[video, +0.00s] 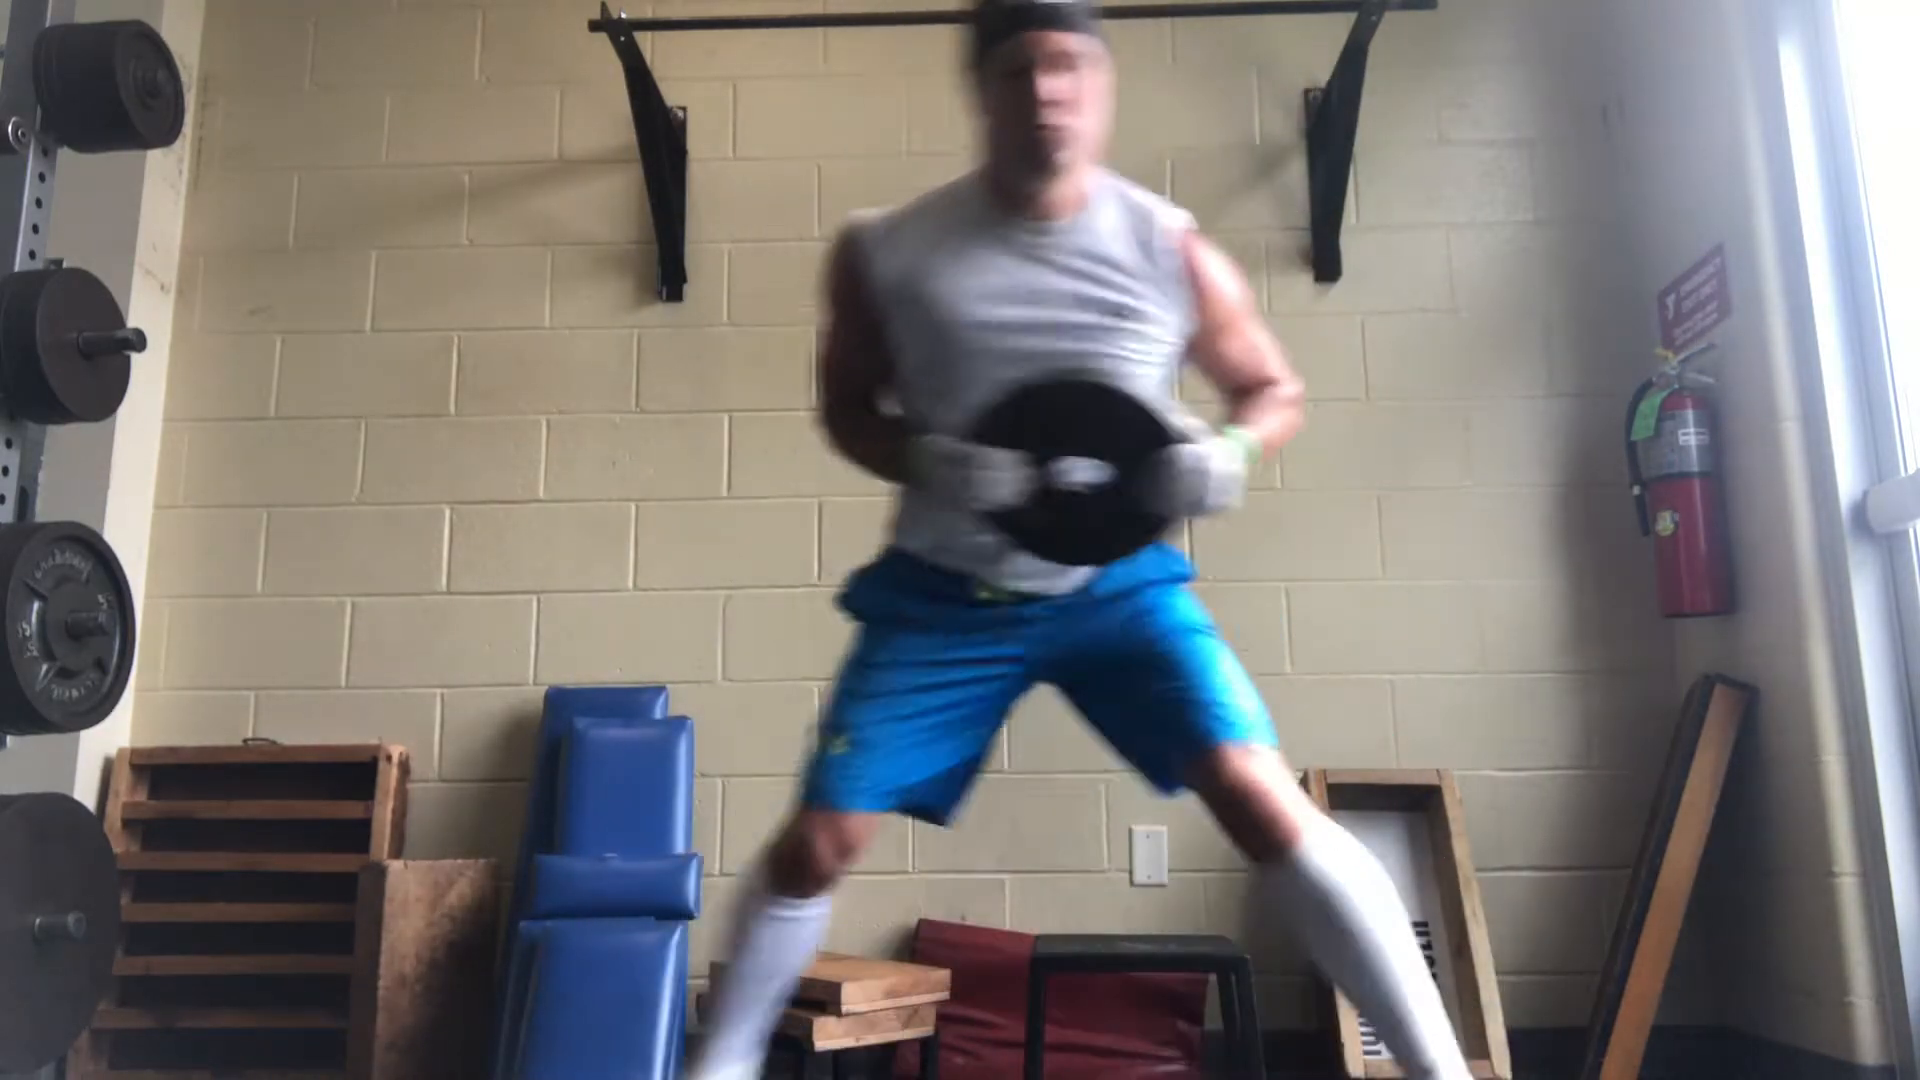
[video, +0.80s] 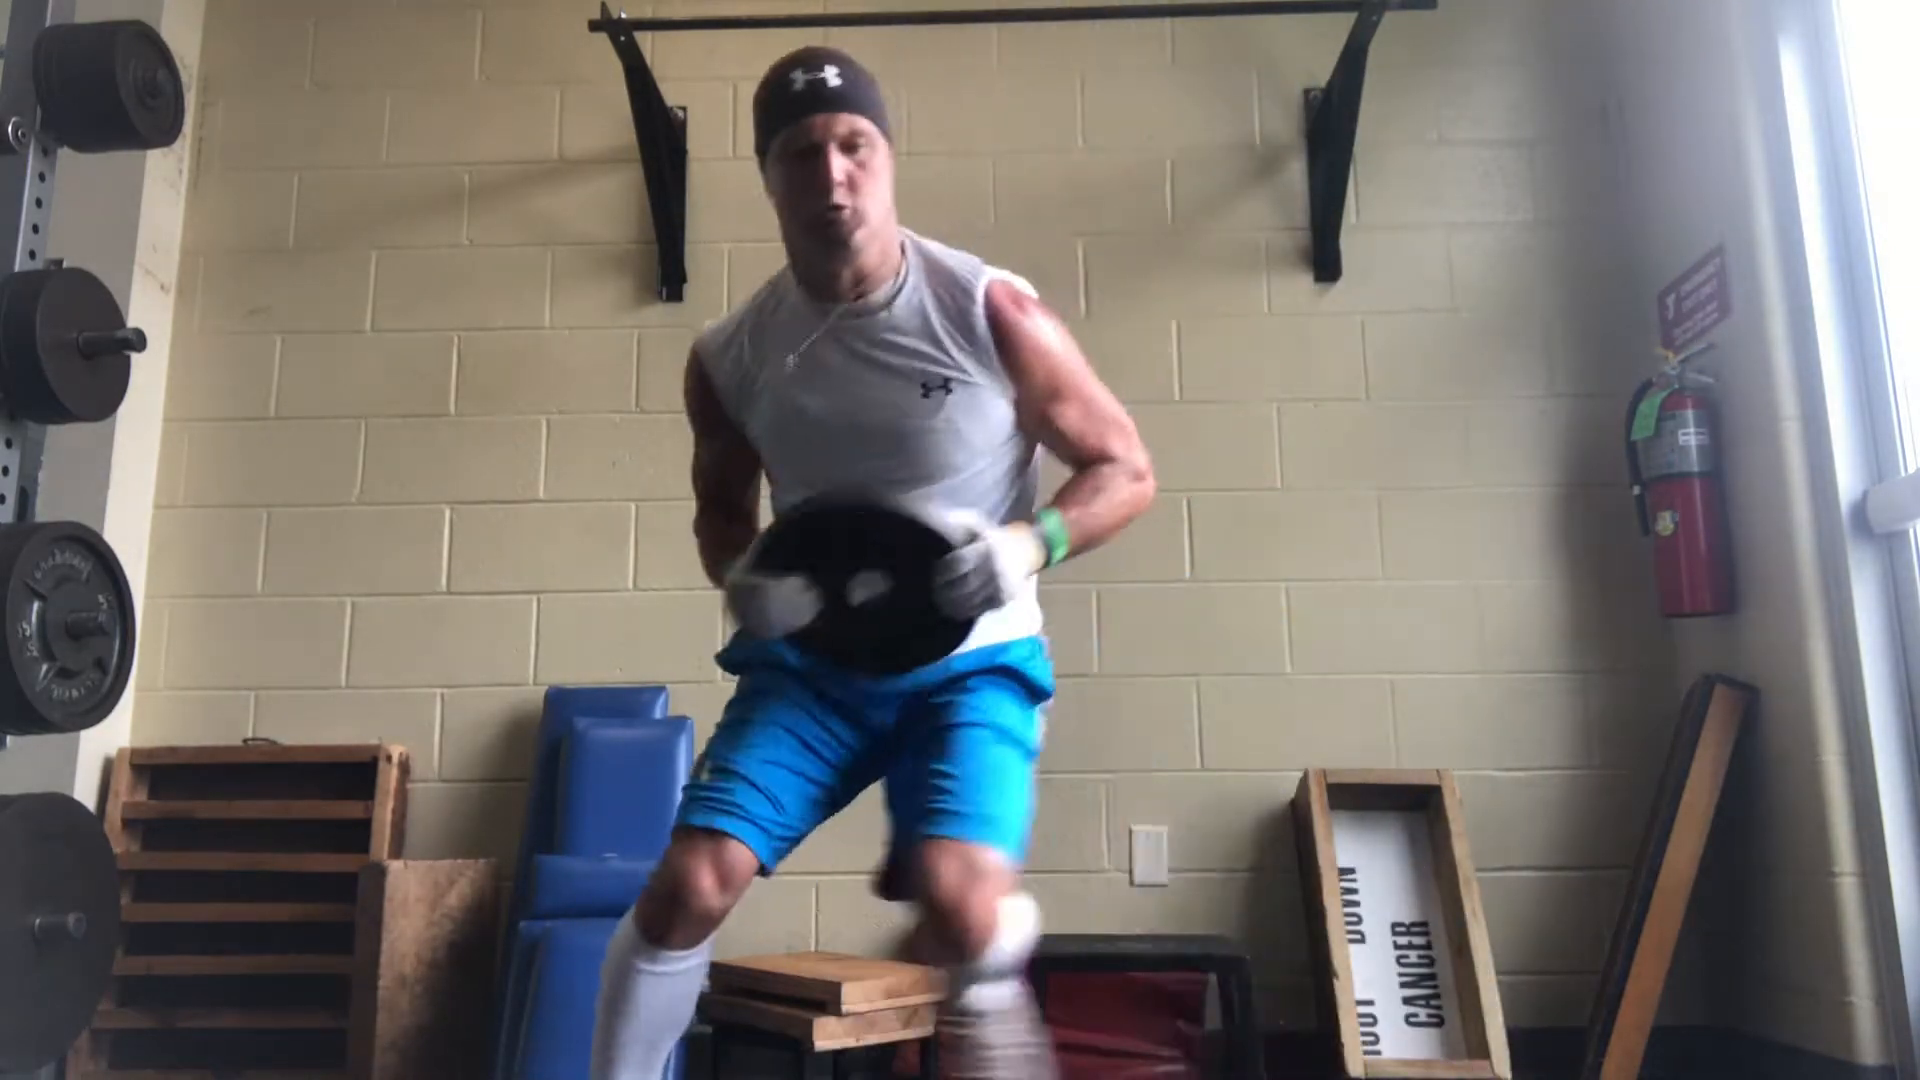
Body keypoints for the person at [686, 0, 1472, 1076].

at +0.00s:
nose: (1045, 95)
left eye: (1066, 67)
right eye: (1018, 72)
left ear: (1106, 87)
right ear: (980, 95)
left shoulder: (1168, 248)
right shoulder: (884, 256)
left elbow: (1278, 391)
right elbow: (845, 413)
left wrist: (1229, 454)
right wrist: (930, 465)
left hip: (1126, 591)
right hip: (944, 601)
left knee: (1259, 797)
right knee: (818, 841)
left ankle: (1445, 1069)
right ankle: (712, 1070)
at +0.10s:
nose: (1172, 120)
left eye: (1194, 96)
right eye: (1144, 97)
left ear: (1227, 122)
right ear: (1098, 117)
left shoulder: (1272, 288)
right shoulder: (989, 279)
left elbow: (1339, 429)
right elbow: (930, 456)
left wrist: (1337, 500)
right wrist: (1038, 509)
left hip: (1220, 643)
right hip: (1035, 644)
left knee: (1354, 857)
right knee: (917, 887)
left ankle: (1480, 1077)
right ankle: (919, 1006)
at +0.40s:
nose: (1175, 113)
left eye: (1200, 90)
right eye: (1149, 89)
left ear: (1234, 117)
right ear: (1105, 106)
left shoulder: (1274, 276)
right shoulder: (995, 261)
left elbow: (1350, 459)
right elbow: (912, 418)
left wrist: (1269, 493)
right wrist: (981, 486)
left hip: (1199, 625)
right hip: (1016, 607)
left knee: (1330, 865)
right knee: (856, 755)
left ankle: (1469, 1076)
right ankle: (847, 972)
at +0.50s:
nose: (1070, 79)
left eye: (1094, 52)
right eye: (1042, 54)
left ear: (1129, 70)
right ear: (1001, 72)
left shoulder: (1179, 234)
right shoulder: (910, 228)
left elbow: (1267, 438)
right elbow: (838, 370)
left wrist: (1132, 462)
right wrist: (858, 446)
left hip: (1110, 585)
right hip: (932, 571)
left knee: (1207, 825)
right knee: (787, 777)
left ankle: (1340, 1074)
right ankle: (668, 1058)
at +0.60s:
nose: (958, 116)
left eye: (981, 88)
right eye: (931, 92)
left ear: (1018, 102)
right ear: (892, 110)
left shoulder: (1083, 265)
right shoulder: (816, 276)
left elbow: (1172, 468)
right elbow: (772, 431)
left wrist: (1039, 503)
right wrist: (777, 503)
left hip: (1029, 614)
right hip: (862, 611)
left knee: (1081, 853)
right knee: (742, 867)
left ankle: (1051, 1035)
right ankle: (635, 1077)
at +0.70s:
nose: (857, 164)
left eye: (881, 136)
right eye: (830, 141)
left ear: (917, 149)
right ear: (795, 163)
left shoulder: (1008, 311)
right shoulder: (745, 346)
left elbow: (1122, 486)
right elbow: (727, 499)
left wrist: (1011, 555)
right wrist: (731, 575)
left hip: (974, 656)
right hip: (814, 657)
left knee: (937, 894)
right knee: (695, 883)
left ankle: (856, 987)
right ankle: (625, 1076)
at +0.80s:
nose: (830, 176)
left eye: (852, 147)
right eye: (802, 153)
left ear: (889, 161)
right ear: (767, 180)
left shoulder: (990, 313)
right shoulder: (729, 363)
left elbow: (1128, 472)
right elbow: (723, 512)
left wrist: (1025, 547)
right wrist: (747, 581)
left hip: (971, 665)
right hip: (808, 668)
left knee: (960, 900)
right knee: (689, 886)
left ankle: (995, 979)